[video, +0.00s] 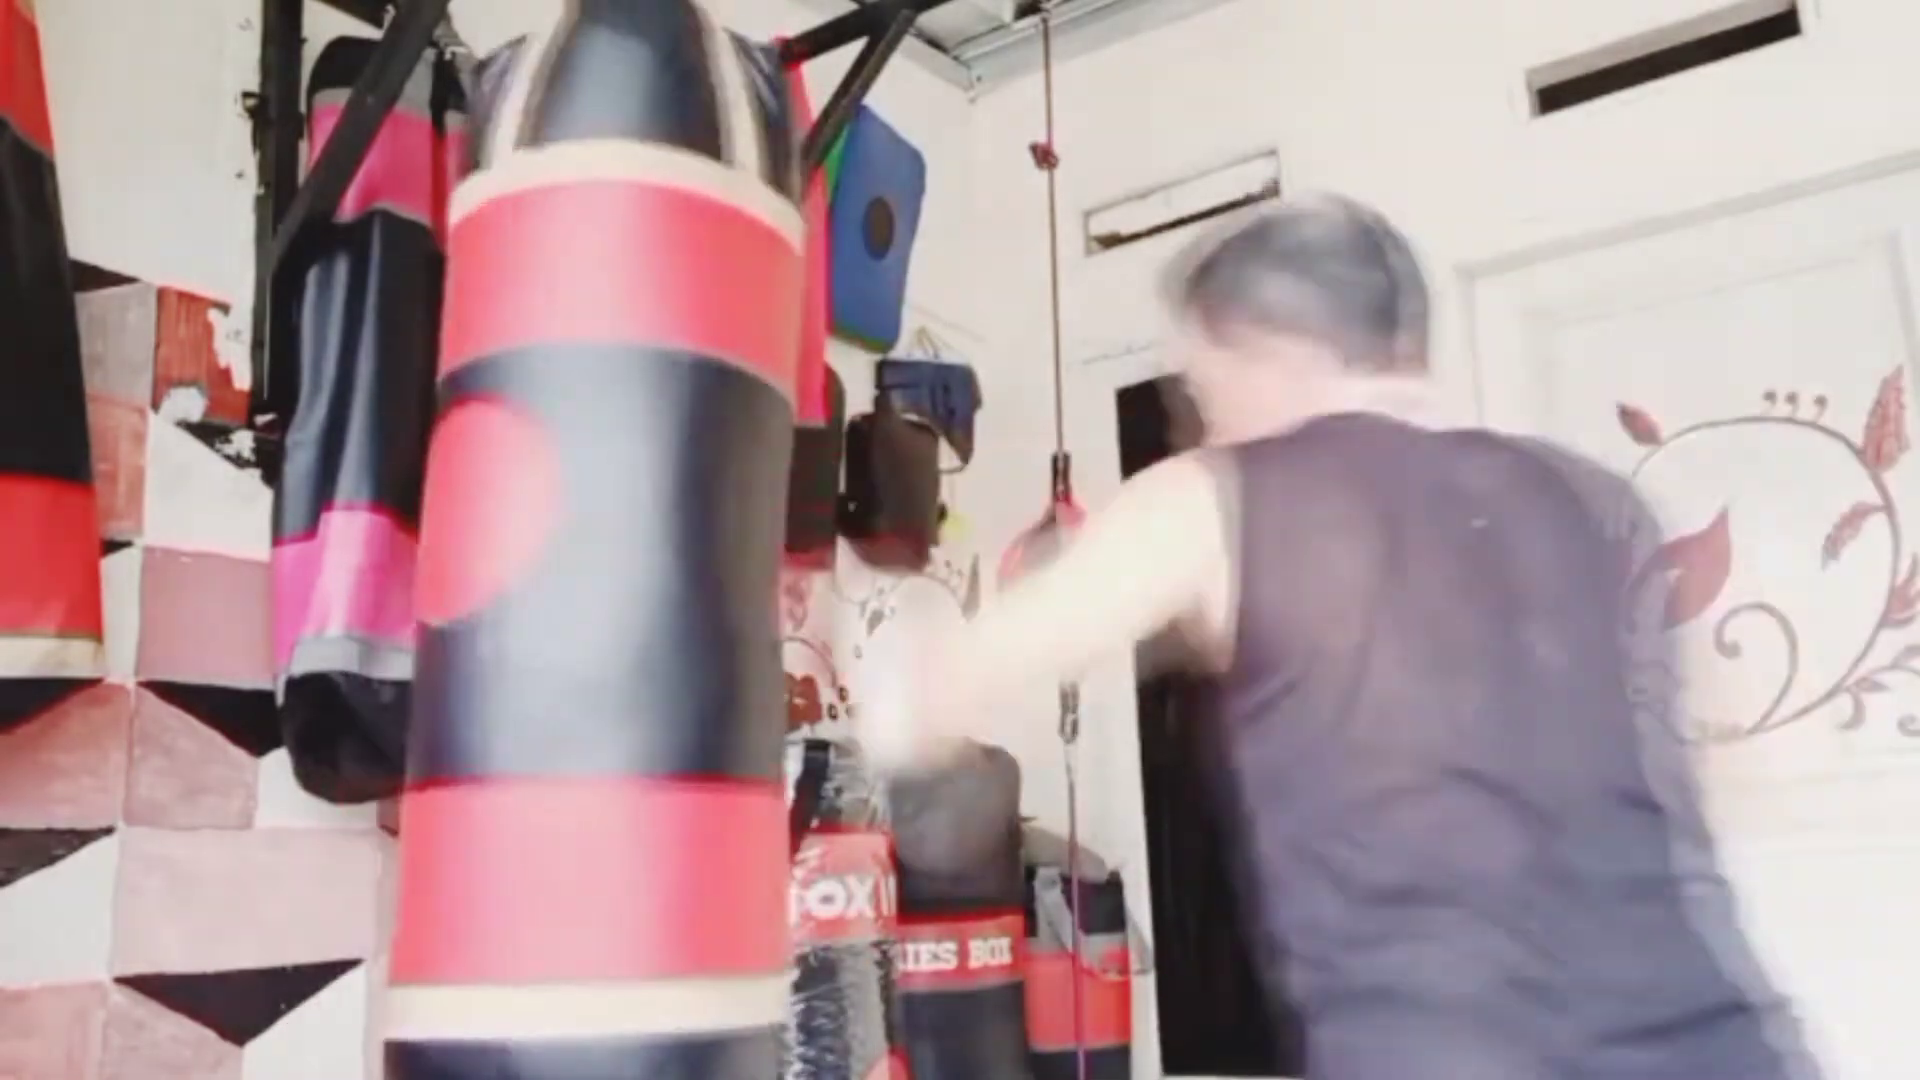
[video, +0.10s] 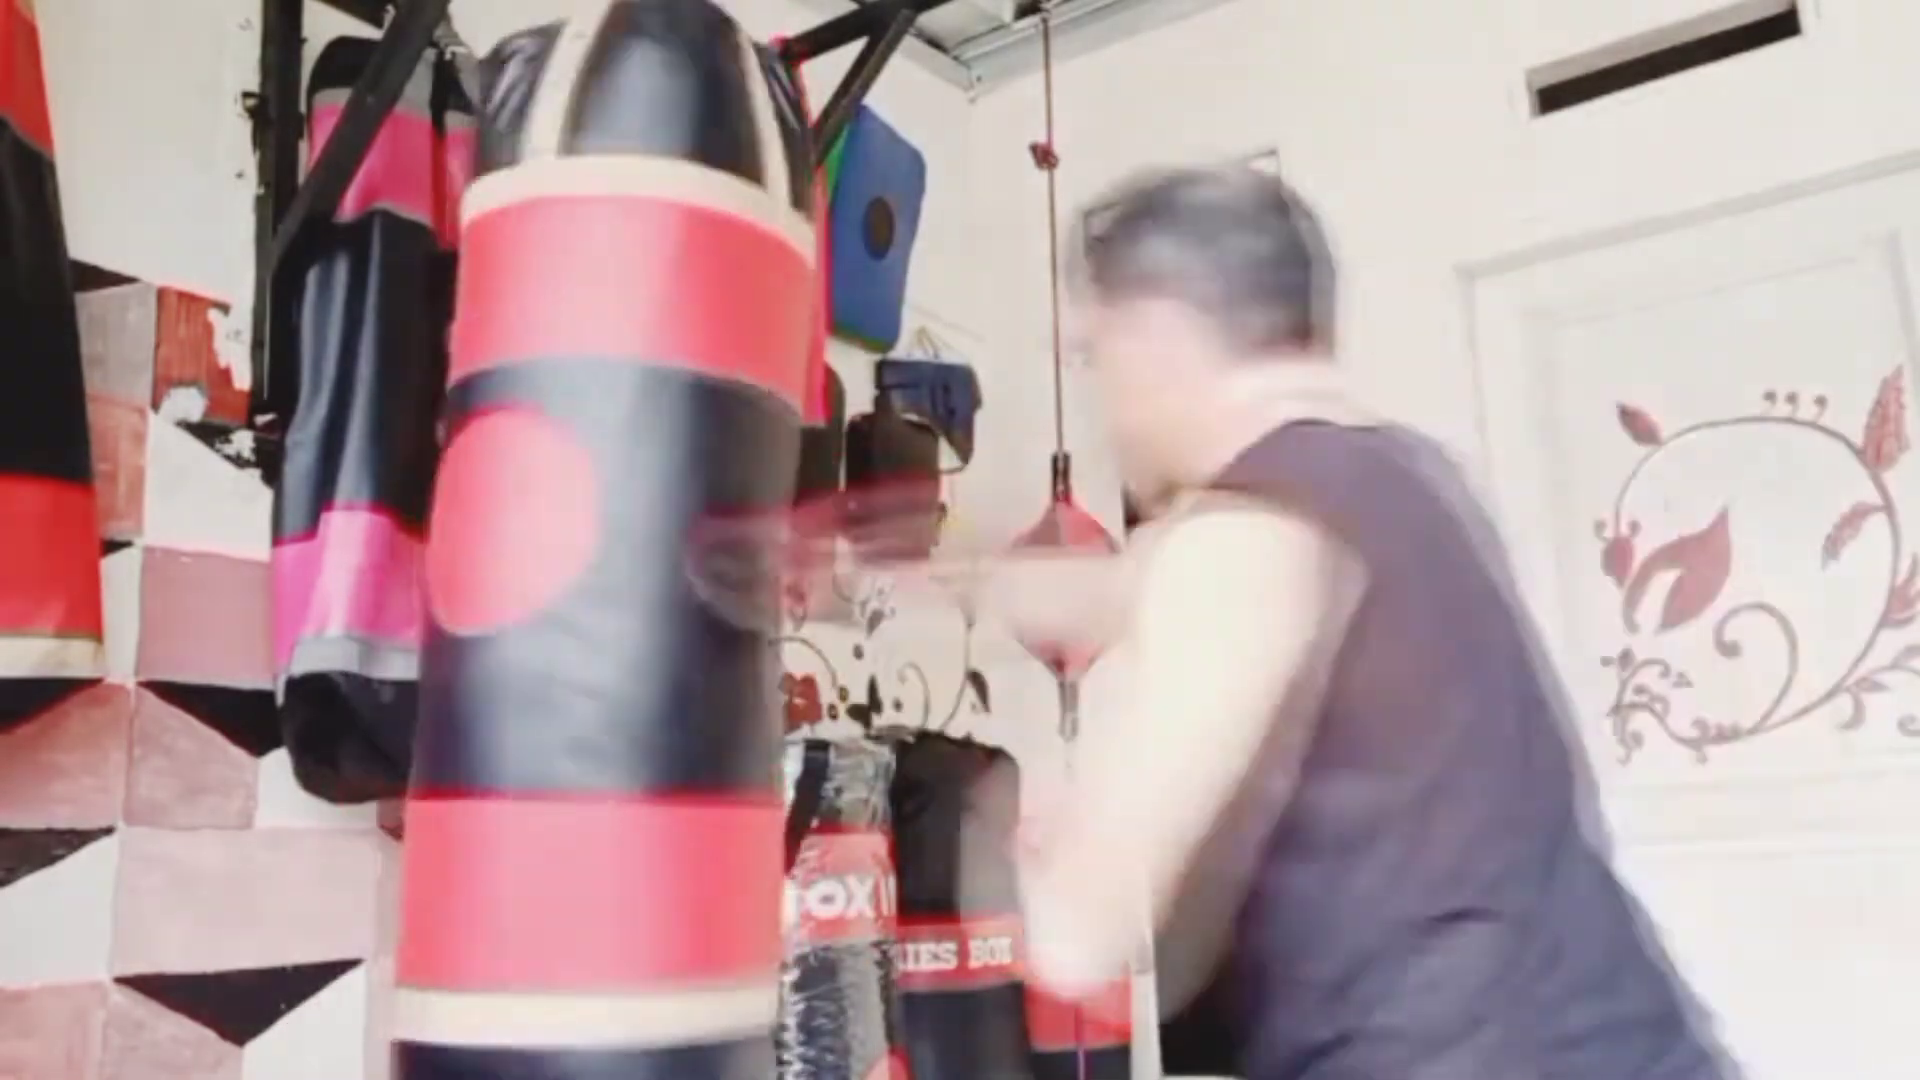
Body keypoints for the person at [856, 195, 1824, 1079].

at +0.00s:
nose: (1205, 414)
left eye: (1203, 379)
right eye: (1196, 384)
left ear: (1260, 346)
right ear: (1407, 345)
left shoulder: (1212, 505)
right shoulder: (1601, 500)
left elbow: (930, 707)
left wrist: (991, 611)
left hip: (1426, 1055)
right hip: (1708, 1046)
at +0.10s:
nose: (1100, 391)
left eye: (1096, 350)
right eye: (1089, 355)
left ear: (1156, 327)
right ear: (1294, 315)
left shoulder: (1254, 525)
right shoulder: (1399, 473)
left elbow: (1078, 940)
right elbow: (1135, 596)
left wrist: (1051, 817)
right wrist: (965, 579)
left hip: (1433, 1053)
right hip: (1615, 1037)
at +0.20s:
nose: (1053, 398)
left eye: (1047, 352)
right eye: (1043, 356)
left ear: (1125, 337)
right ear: (1245, 315)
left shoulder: (1253, 533)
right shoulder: (1339, 476)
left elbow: (1181, 987)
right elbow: (1038, 622)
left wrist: (1071, 839)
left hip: (1432, 1058)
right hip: (1577, 1040)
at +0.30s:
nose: (1037, 384)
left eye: (1026, 339)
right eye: (1022, 345)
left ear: (1101, 321)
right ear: (1237, 293)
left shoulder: (1219, 526)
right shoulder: (1342, 446)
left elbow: (1216, 982)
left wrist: (1020, 854)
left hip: (1410, 1059)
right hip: (1568, 1033)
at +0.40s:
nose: (1027, 373)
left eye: (1017, 330)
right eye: (1012, 333)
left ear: (1093, 313)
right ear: (1232, 287)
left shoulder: (1203, 523)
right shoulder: (1341, 443)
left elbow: (1217, 974)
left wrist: (1025, 883)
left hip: (1409, 1062)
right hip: (1570, 1039)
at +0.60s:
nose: (1049, 386)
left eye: (1039, 339)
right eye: (1033, 344)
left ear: (1114, 327)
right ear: (1251, 304)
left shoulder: (1191, 531)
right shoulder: (1396, 479)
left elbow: (1178, 958)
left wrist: (1005, 947)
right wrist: (1086, 937)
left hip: (1364, 1060)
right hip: (1563, 1042)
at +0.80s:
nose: (1119, 434)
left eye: (1113, 390)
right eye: (1106, 396)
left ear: (1193, 367)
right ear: (1316, 349)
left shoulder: (1244, 540)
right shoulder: (1483, 531)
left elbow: (1221, 957)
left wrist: (1086, 983)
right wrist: (1212, 1031)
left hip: (1378, 1058)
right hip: (1585, 1049)